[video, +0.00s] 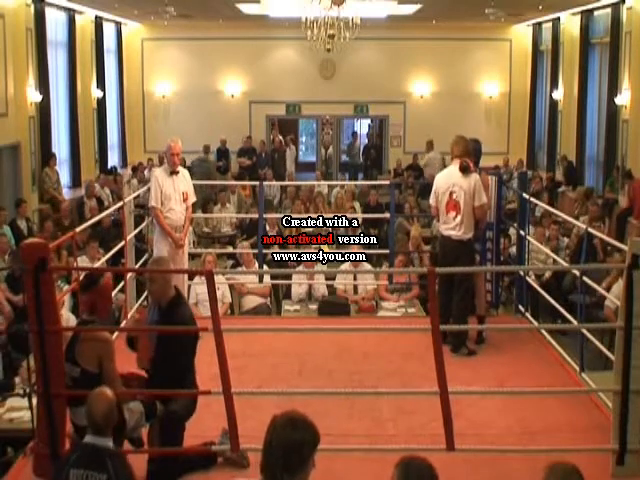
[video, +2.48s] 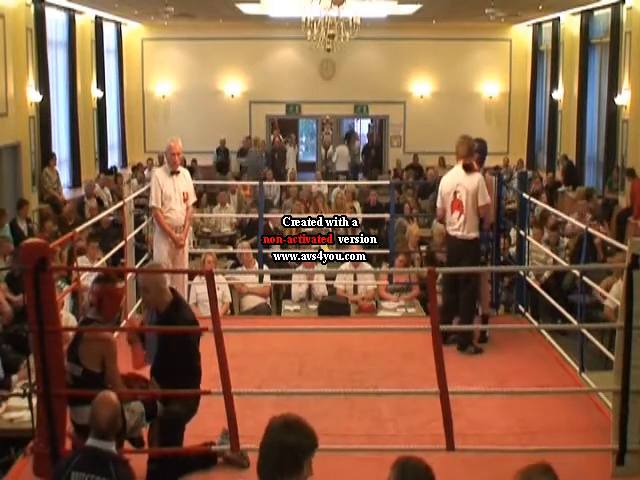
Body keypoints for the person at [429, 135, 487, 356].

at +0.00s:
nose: (463, 157)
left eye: (455, 152)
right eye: (467, 153)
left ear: (451, 154)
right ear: (470, 154)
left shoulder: (440, 176)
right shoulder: (474, 178)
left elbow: (434, 208)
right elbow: (480, 210)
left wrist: (446, 220)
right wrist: (477, 228)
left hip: (444, 238)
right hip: (464, 240)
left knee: (445, 286)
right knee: (462, 289)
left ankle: (443, 328)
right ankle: (459, 339)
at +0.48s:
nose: (468, 161)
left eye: (463, 156)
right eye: (468, 157)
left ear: (450, 157)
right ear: (466, 157)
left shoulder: (439, 177)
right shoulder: (472, 176)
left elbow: (434, 210)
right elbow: (481, 209)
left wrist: (448, 220)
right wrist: (468, 220)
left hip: (444, 240)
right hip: (464, 241)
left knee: (445, 287)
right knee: (463, 290)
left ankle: (444, 329)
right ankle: (459, 340)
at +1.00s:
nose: (472, 158)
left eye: (467, 153)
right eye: (472, 154)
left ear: (453, 154)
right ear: (470, 155)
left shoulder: (443, 176)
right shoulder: (471, 178)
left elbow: (438, 208)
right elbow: (479, 210)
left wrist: (446, 221)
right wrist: (476, 180)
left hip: (446, 236)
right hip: (464, 238)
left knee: (446, 285)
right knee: (463, 288)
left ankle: (444, 328)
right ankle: (459, 338)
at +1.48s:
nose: (469, 156)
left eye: (464, 152)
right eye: (469, 153)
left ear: (450, 154)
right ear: (468, 154)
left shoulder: (441, 178)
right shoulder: (471, 178)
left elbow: (437, 211)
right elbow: (478, 210)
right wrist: (474, 176)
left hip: (446, 237)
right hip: (464, 238)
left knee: (446, 286)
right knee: (463, 288)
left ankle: (444, 330)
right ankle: (459, 339)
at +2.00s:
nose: (465, 155)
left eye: (456, 151)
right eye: (465, 152)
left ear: (447, 153)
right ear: (465, 153)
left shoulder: (437, 178)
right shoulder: (470, 176)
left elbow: (433, 210)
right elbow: (478, 207)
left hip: (444, 237)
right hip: (464, 237)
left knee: (445, 284)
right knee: (466, 286)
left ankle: (443, 329)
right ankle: (464, 336)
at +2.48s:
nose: (475, 157)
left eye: (471, 153)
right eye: (475, 154)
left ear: (455, 154)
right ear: (473, 155)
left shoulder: (446, 179)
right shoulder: (477, 179)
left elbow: (440, 213)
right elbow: (484, 209)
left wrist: (453, 220)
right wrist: (487, 222)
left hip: (452, 237)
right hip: (470, 238)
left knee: (450, 284)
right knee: (469, 287)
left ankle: (444, 326)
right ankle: (465, 337)